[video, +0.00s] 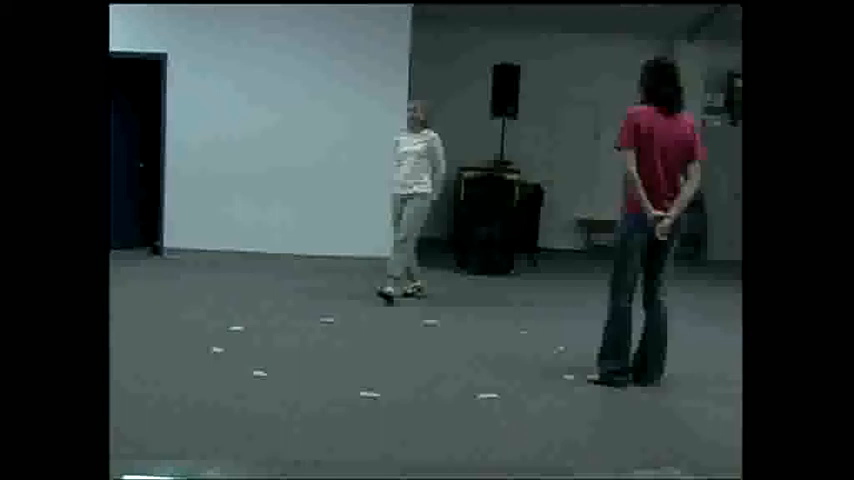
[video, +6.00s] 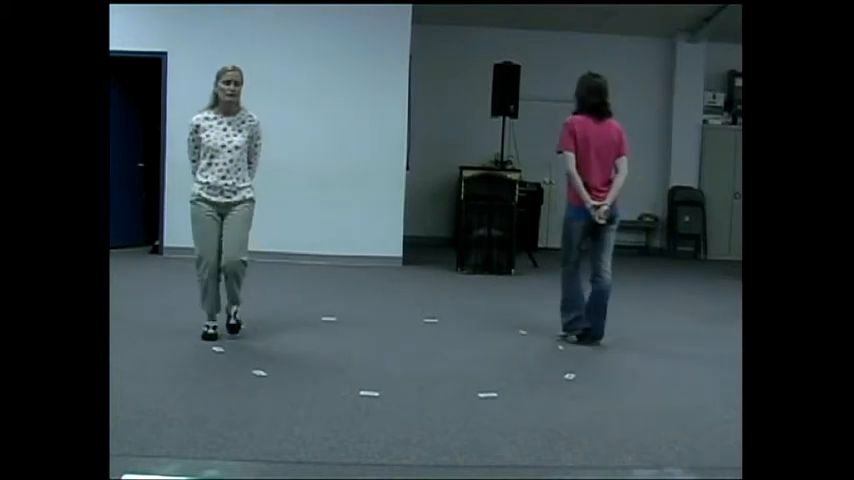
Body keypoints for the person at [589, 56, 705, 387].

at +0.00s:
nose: (640, 88)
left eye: (642, 83)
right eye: (643, 83)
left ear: (647, 87)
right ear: (675, 86)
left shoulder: (636, 117)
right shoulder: (687, 124)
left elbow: (631, 169)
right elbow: (693, 178)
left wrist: (650, 209)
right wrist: (670, 216)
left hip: (636, 217)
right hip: (668, 219)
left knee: (622, 292)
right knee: (656, 292)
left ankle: (613, 368)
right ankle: (650, 368)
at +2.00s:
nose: (642, 86)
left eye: (643, 80)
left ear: (647, 84)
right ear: (676, 85)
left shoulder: (637, 116)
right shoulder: (688, 124)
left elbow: (631, 168)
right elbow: (694, 178)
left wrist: (651, 210)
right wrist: (673, 216)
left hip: (638, 219)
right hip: (672, 221)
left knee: (622, 290)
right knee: (658, 293)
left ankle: (614, 368)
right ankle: (649, 370)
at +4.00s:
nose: (653, 85)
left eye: (654, 79)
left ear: (654, 84)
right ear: (685, 87)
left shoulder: (639, 116)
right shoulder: (693, 125)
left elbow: (629, 166)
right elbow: (697, 180)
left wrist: (647, 208)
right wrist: (670, 216)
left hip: (639, 216)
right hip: (674, 219)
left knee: (624, 290)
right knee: (661, 293)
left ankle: (618, 366)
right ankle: (650, 370)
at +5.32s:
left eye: (608, 85)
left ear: (606, 88)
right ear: (634, 90)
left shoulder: (594, 120)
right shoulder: (644, 126)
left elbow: (588, 163)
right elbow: (649, 173)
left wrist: (606, 201)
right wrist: (628, 207)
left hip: (600, 208)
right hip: (631, 210)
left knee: (606, 276)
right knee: (614, 273)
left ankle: (606, 351)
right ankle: (611, 341)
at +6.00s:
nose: (577, 97)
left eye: (579, 92)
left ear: (579, 95)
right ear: (605, 96)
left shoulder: (572, 125)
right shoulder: (616, 128)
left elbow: (571, 168)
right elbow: (622, 170)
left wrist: (588, 201)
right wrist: (607, 202)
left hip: (579, 207)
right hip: (608, 207)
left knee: (571, 265)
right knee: (603, 271)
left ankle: (574, 325)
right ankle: (595, 331)